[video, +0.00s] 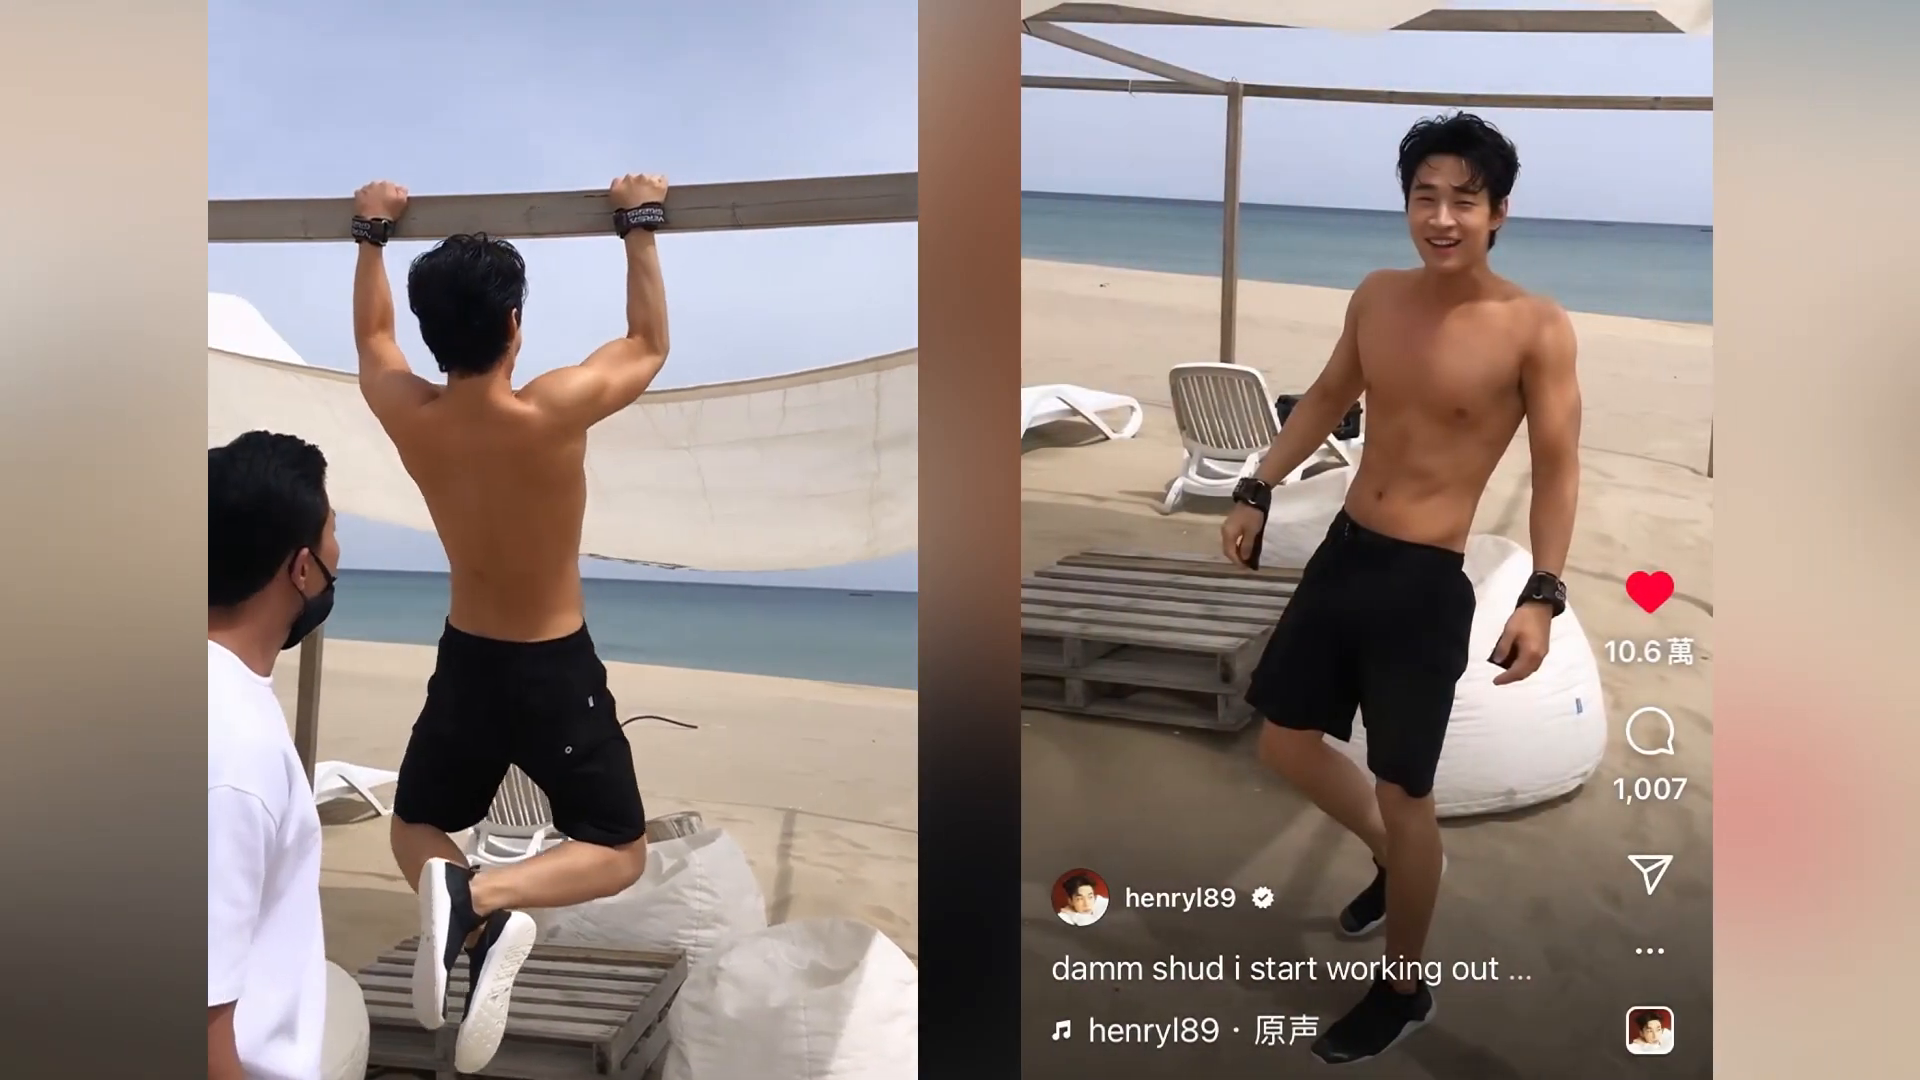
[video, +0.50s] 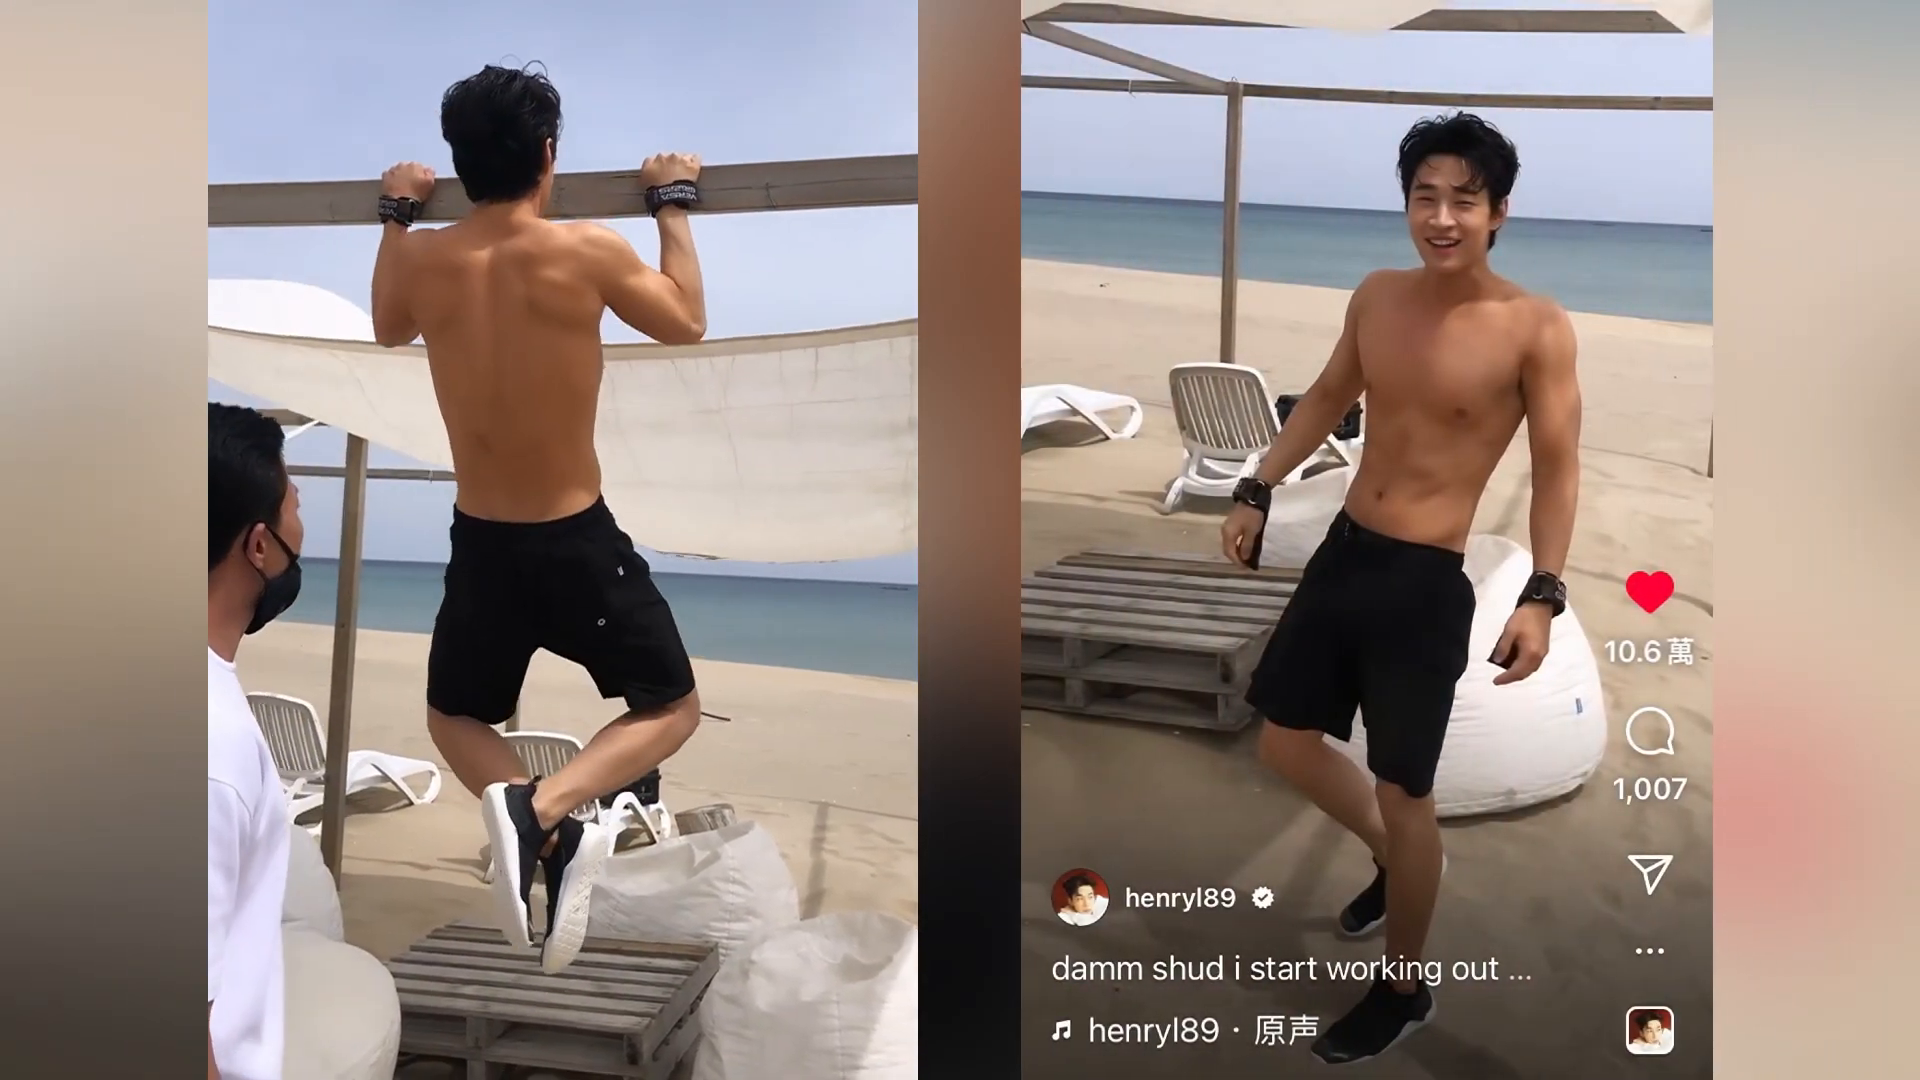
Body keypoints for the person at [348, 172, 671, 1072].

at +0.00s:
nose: (524, 319)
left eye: (514, 306)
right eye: (521, 307)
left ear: (430, 331)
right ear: (512, 325)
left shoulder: (411, 414)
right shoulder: (559, 408)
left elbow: (376, 336)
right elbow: (648, 342)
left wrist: (370, 235)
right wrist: (641, 226)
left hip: (468, 670)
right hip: (558, 673)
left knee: (417, 830)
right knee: (620, 853)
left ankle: (487, 924)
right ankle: (472, 892)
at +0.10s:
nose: (534, 286)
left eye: (525, 274)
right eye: (530, 275)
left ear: (440, 300)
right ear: (520, 296)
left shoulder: (417, 391)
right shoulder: (566, 383)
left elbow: (382, 337)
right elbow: (661, 339)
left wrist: (378, 235)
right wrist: (651, 222)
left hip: (476, 652)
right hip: (567, 653)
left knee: (436, 804)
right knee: (634, 823)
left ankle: (505, 910)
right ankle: (490, 880)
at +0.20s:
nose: (540, 258)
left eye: (534, 247)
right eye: (538, 247)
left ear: (444, 269)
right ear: (529, 262)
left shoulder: (419, 361)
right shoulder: (572, 353)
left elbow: (385, 330)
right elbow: (670, 337)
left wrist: (384, 232)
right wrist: (659, 221)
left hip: (481, 630)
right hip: (574, 628)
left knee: (447, 783)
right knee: (651, 796)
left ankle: (529, 892)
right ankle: (513, 860)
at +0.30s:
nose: (544, 219)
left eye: (539, 207)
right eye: (543, 208)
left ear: (447, 234)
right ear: (533, 223)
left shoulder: (420, 327)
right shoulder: (577, 319)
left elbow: (385, 329)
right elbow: (677, 331)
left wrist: (390, 229)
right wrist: (664, 218)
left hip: (484, 606)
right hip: (578, 601)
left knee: (450, 762)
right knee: (664, 766)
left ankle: (544, 877)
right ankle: (527, 841)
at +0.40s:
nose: (551, 184)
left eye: (545, 173)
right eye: (550, 173)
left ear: (451, 199)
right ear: (539, 187)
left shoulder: (417, 289)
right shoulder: (580, 283)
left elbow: (386, 332)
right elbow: (681, 326)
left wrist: (391, 223)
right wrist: (668, 212)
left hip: (483, 579)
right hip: (578, 573)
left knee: (456, 740)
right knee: (669, 734)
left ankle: (551, 857)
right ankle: (535, 822)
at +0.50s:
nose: (558, 153)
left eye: (550, 141)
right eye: (557, 142)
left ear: (458, 162)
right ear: (546, 155)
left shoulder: (421, 256)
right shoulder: (586, 252)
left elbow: (391, 327)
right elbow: (684, 319)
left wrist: (396, 215)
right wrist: (674, 205)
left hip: (481, 548)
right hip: (577, 543)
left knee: (456, 718)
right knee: (671, 708)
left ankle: (558, 848)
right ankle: (539, 808)